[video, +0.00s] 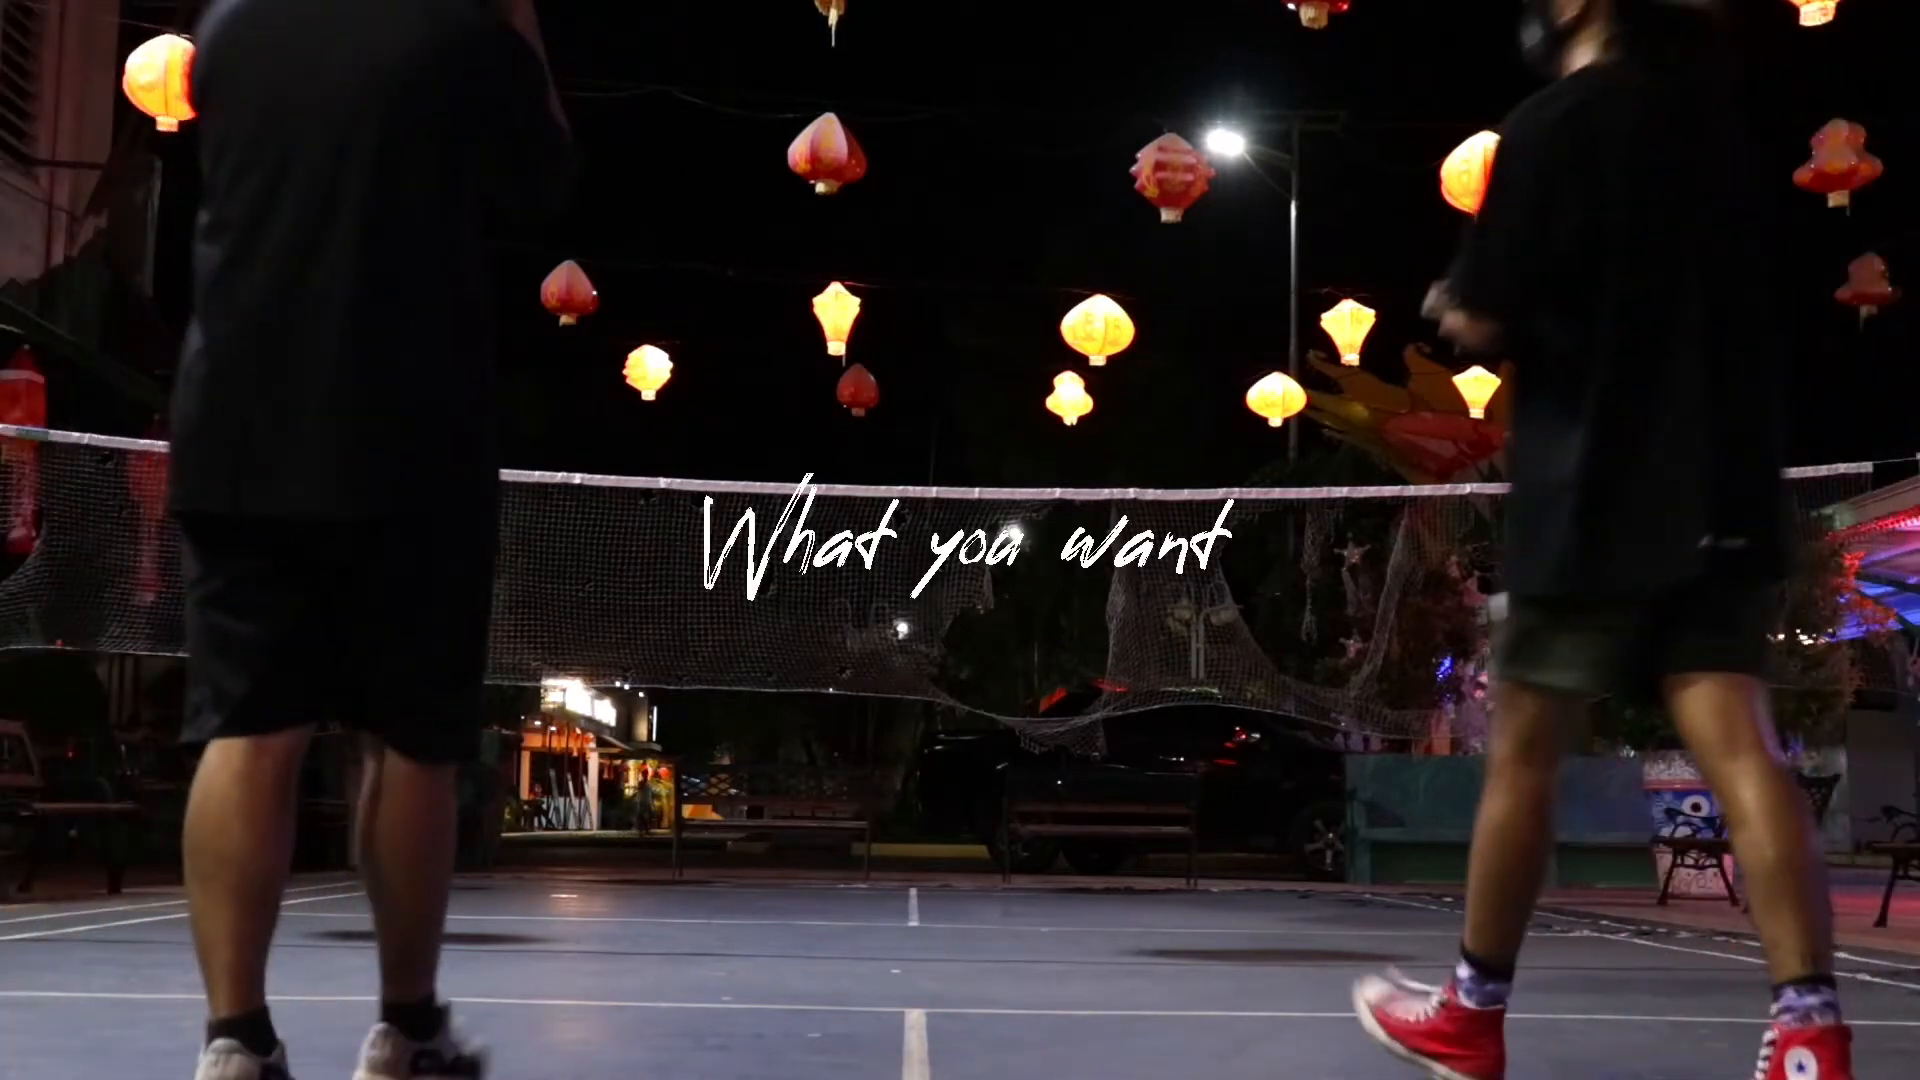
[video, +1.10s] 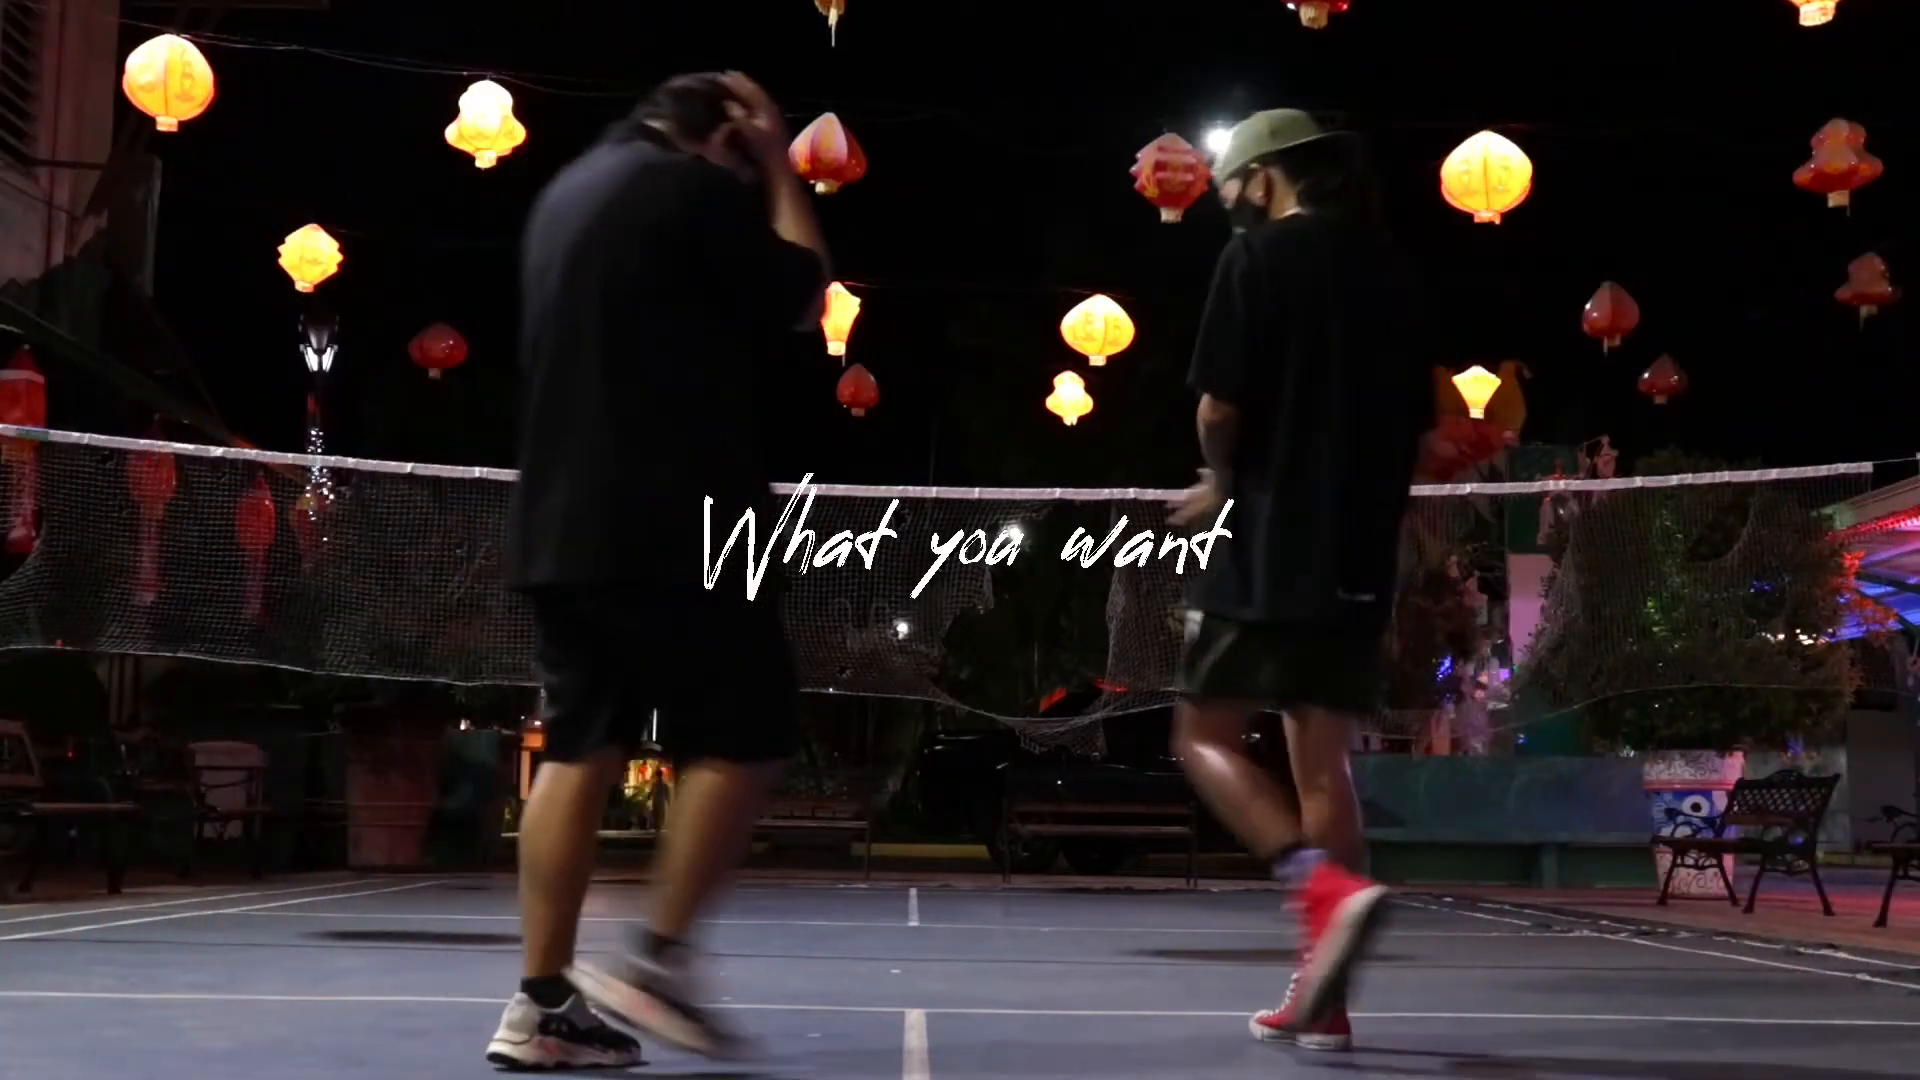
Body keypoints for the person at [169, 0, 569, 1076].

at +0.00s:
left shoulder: (235, 24)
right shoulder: (466, 31)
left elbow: (196, 230)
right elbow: (540, 207)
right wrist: (522, 36)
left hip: (238, 428)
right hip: (417, 439)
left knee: (247, 722)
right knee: (415, 734)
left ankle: (234, 1037)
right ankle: (407, 1027)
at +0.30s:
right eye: (538, 14)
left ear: (412, 9)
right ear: (518, 14)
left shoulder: (327, 93)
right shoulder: (545, 104)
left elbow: (365, 207)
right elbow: (589, 240)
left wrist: (408, 42)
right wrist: (574, 76)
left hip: (337, 466)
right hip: (492, 473)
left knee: (294, 714)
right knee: (453, 745)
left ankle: (252, 926)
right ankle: (415, 1024)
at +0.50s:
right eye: (574, 49)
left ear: (448, 52)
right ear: (563, 61)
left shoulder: (378, 120)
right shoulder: (594, 131)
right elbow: (624, 253)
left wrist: (429, 66)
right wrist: (609, 100)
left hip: (393, 477)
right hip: (532, 484)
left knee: (382, 731)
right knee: (472, 757)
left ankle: (349, 984)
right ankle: (417, 1028)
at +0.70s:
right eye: (614, 80)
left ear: (497, 85)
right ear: (604, 88)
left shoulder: (422, 161)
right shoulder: (619, 153)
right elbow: (678, 295)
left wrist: (482, 114)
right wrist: (648, 135)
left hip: (439, 492)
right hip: (572, 494)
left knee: (484, 748)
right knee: (505, 754)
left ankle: (522, 991)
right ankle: (417, 1027)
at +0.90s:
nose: (677, 135)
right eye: (676, 125)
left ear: (563, 107)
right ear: (657, 121)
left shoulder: (482, 191)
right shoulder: (655, 177)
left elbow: (497, 327)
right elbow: (746, 289)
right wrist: (709, 158)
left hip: (497, 510)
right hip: (622, 512)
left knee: (525, 750)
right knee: (623, 758)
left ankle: (543, 1001)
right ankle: (471, 960)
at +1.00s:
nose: (712, 153)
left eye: (712, 137)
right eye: (711, 138)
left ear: (602, 111)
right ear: (687, 125)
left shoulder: (514, 190)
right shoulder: (668, 180)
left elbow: (514, 353)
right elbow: (776, 300)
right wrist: (741, 171)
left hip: (520, 511)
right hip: (641, 511)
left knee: (546, 743)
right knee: (690, 738)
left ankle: (536, 1017)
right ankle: (540, 918)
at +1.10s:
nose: (756, 169)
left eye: (761, 153)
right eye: (754, 154)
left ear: (654, 122)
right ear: (723, 136)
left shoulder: (566, 197)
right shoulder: (696, 196)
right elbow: (796, 291)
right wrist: (779, 171)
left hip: (565, 523)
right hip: (683, 525)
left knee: (579, 747)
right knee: (743, 732)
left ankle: (540, 1002)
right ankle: (657, 954)